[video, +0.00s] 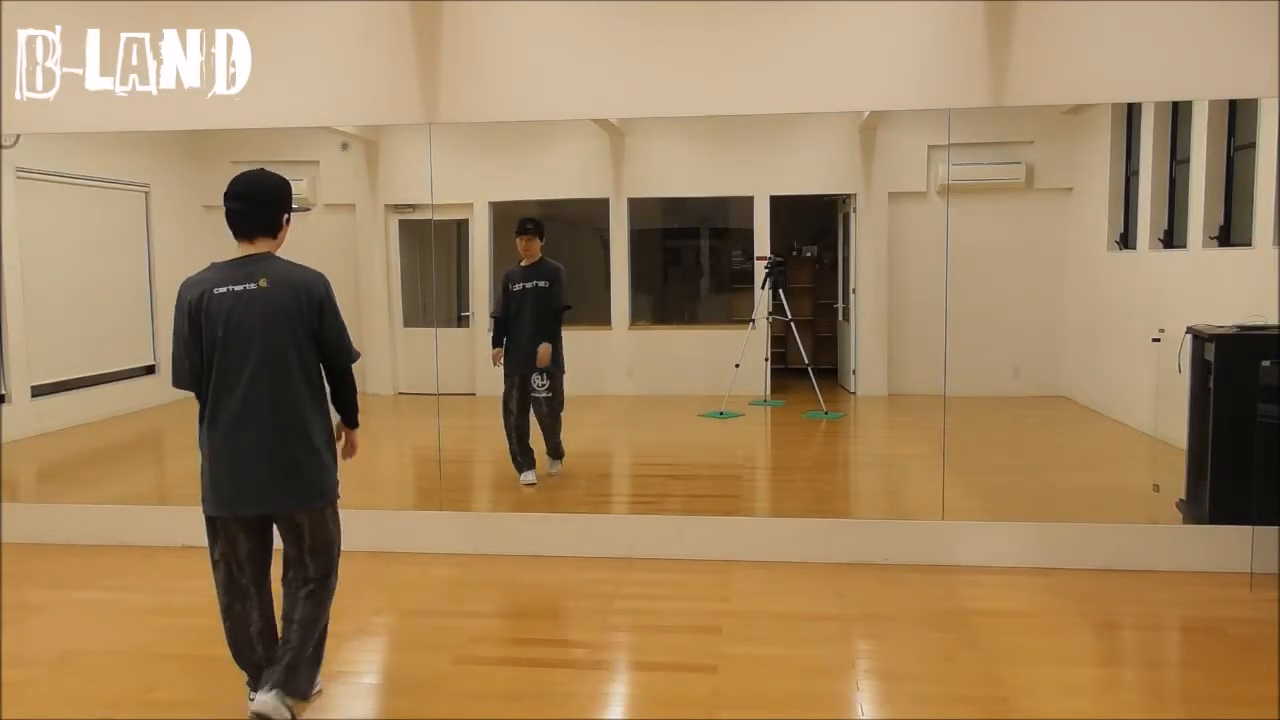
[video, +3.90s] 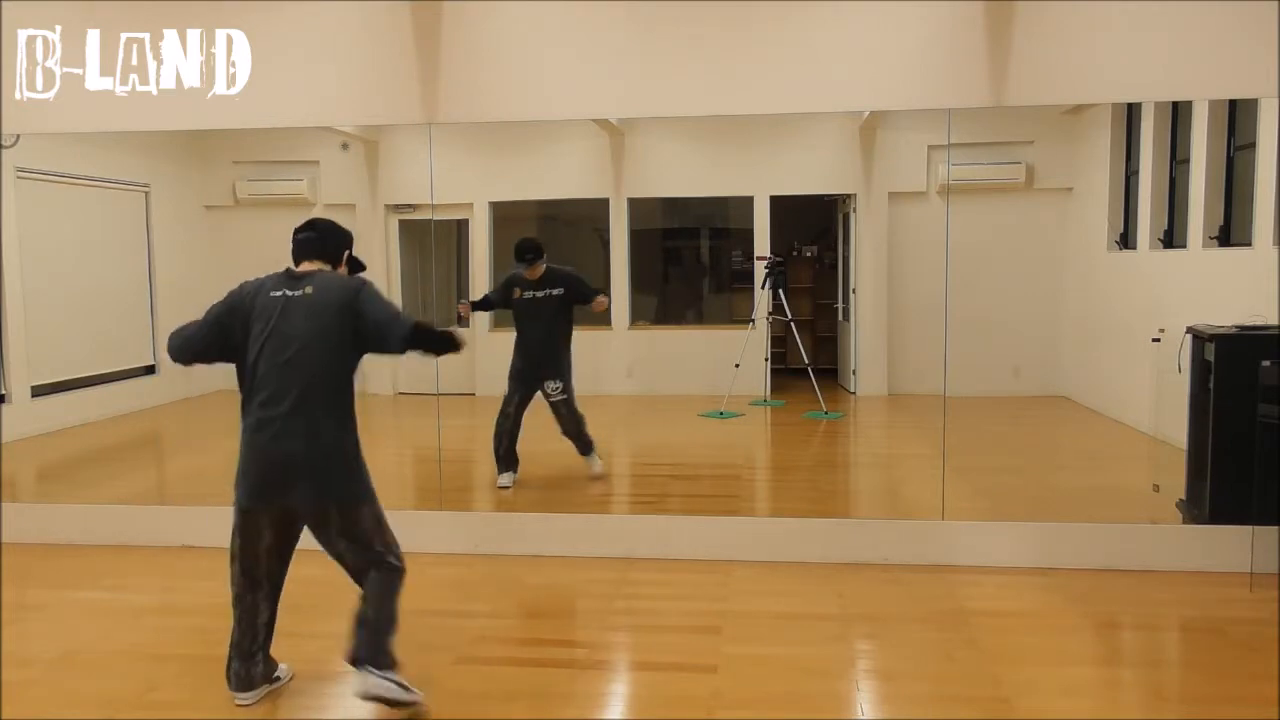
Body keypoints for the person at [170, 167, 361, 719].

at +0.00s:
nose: (290, 222)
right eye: (289, 215)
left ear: (230, 222)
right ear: (284, 222)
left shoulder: (196, 289)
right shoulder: (309, 284)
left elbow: (190, 377)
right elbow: (339, 363)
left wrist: (232, 399)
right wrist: (349, 419)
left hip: (229, 467)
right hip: (300, 463)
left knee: (239, 578)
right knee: (311, 569)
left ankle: (265, 680)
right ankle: (281, 687)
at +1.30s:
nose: (281, 250)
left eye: (280, 243)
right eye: (280, 242)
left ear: (219, 241)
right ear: (270, 242)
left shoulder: (174, 296)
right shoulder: (289, 300)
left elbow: (159, 391)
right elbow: (298, 399)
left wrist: (185, 460)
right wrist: (312, 467)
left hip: (180, 487)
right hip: (257, 486)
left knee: (194, 611)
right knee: (263, 605)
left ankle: (210, 711)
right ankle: (257, 710)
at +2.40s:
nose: (337, 304)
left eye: (338, 299)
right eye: (339, 299)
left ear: (289, 279)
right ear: (331, 289)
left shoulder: (231, 302)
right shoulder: (331, 308)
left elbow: (204, 387)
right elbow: (343, 396)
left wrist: (211, 452)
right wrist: (348, 469)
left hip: (212, 462)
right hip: (282, 462)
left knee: (218, 577)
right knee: (294, 578)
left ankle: (216, 688)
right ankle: (293, 692)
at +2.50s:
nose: (335, 318)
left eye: (337, 312)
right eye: (338, 311)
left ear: (289, 293)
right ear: (330, 300)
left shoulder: (239, 323)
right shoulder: (329, 331)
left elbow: (210, 414)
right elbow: (347, 416)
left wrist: (208, 495)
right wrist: (352, 497)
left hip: (228, 466)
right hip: (291, 468)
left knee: (256, 552)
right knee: (307, 587)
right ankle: (297, 692)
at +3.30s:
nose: (337, 291)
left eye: (338, 286)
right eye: (338, 285)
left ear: (289, 264)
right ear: (329, 275)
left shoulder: (237, 284)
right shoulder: (334, 294)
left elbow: (221, 361)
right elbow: (360, 378)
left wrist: (245, 414)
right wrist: (368, 443)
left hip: (233, 448)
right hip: (295, 451)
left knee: (257, 560)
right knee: (304, 571)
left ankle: (258, 649)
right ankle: (283, 688)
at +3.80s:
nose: (343, 288)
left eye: (341, 283)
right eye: (343, 282)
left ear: (289, 275)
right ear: (334, 279)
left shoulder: (244, 305)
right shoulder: (341, 310)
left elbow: (203, 379)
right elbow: (359, 377)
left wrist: (245, 381)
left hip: (246, 470)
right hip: (311, 468)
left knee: (248, 577)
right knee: (346, 557)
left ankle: (248, 676)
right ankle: (308, 625)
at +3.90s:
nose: (348, 268)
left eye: (346, 263)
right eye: (348, 262)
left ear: (293, 257)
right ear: (342, 261)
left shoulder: (250, 296)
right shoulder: (350, 292)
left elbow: (179, 346)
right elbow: (400, 330)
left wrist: (234, 335)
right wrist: (444, 341)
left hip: (261, 468)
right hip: (329, 467)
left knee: (254, 577)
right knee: (382, 563)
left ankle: (248, 676)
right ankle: (372, 661)